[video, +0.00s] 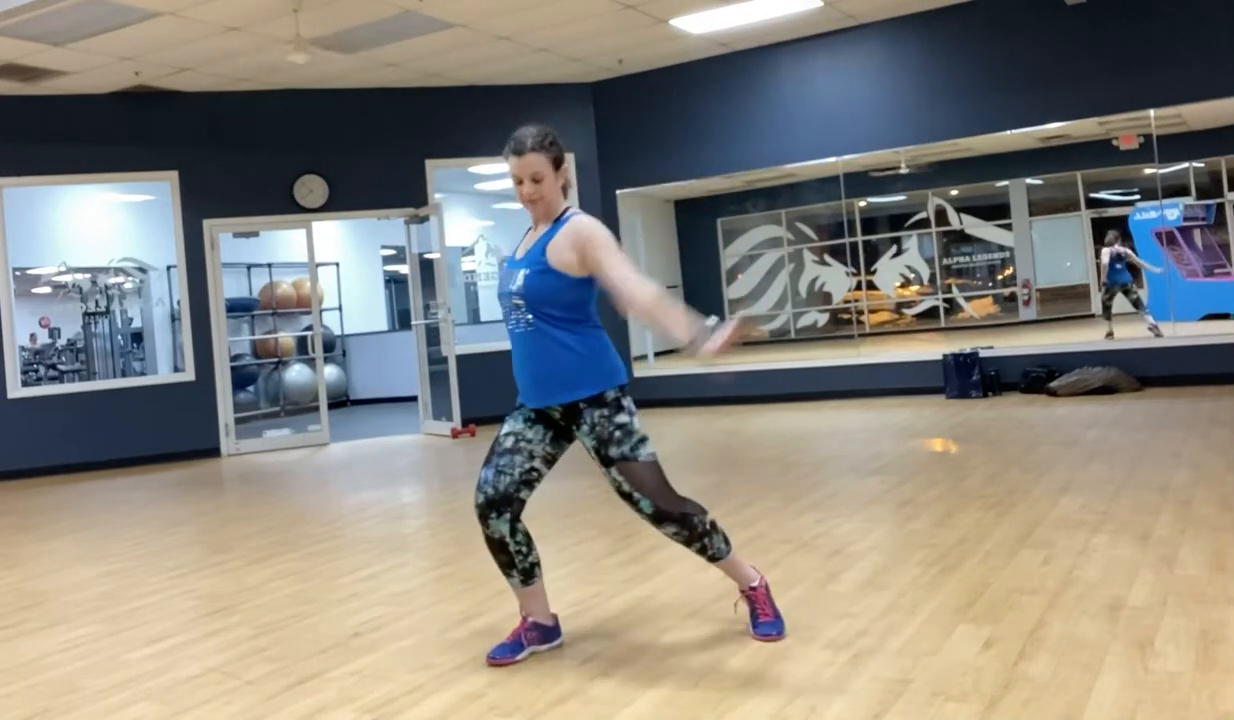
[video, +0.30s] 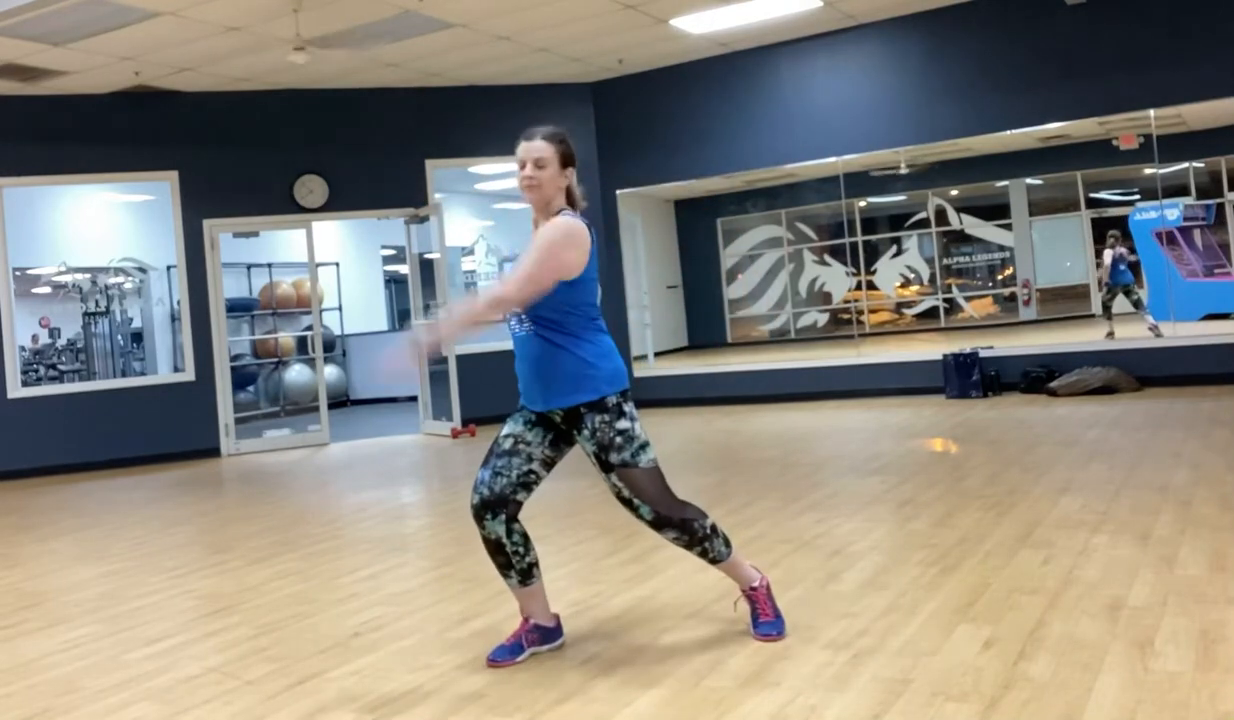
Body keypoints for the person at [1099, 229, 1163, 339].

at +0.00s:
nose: (1105, 240)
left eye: (1107, 238)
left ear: (1108, 240)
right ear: (1119, 240)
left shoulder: (1106, 250)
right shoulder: (1125, 250)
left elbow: (1105, 263)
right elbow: (1139, 262)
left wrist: (1103, 279)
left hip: (1113, 282)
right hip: (1127, 280)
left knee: (1106, 303)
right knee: (1138, 303)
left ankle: (1110, 329)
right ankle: (1152, 323)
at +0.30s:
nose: (1108, 241)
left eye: (1109, 239)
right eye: (1109, 239)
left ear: (1110, 240)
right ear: (1119, 240)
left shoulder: (1108, 251)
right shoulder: (1123, 251)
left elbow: (1107, 265)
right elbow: (1131, 258)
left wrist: (1105, 280)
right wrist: (1139, 257)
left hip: (1115, 282)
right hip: (1128, 281)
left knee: (1106, 303)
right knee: (1139, 304)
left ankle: (1110, 330)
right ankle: (1152, 324)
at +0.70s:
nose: (1109, 243)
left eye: (1109, 241)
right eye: (1110, 241)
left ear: (1109, 241)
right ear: (1117, 239)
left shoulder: (1108, 251)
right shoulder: (1123, 246)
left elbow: (1108, 265)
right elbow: (1110, 232)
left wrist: (1105, 280)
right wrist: (1099, 224)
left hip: (1114, 280)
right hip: (1127, 278)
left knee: (1108, 304)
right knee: (1137, 303)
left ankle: (1111, 330)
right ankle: (1152, 324)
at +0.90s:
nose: (1109, 242)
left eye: (1108, 240)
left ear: (1107, 241)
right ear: (1117, 239)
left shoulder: (1107, 251)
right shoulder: (1123, 248)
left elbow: (1104, 265)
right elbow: (1121, 232)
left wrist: (1104, 281)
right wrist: (1115, 218)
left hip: (1113, 281)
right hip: (1127, 278)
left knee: (1108, 304)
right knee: (1138, 304)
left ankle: (1110, 330)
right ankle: (1152, 323)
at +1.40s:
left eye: (1106, 239)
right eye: (1115, 238)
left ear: (1105, 240)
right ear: (1116, 239)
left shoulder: (1104, 252)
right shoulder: (1123, 248)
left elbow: (1096, 265)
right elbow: (1132, 234)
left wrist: (1100, 280)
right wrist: (1136, 220)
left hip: (1112, 282)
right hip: (1128, 280)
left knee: (1109, 306)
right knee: (1139, 302)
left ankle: (1110, 330)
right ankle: (1151, 324)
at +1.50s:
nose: (1118, 239)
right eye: (1117, 237)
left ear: (1105, 241)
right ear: (1117, 239)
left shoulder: (1104, 252)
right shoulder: (1124, 247)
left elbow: (1093, 265)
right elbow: (1133, 234)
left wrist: (1098, 280)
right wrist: (1138, 221)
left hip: (1113, 281)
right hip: (1128, 279)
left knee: (1110, 306)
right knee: (1139, 301)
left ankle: (1111, 330)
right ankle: (1151, 324)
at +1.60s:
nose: (1120, 239)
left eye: (1119, 237)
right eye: (1119, 237)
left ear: (1107, 239)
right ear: (1117, 239)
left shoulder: (1102, 252)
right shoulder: (1123, 246)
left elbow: (1086, 262)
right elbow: (1136, 233)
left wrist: (1087, 274)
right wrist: (1143, 221)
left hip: (1112, 281)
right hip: (1128, 279)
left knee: (1111, 306)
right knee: (1139, 301)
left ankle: (1111, 330)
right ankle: (1150, 325)